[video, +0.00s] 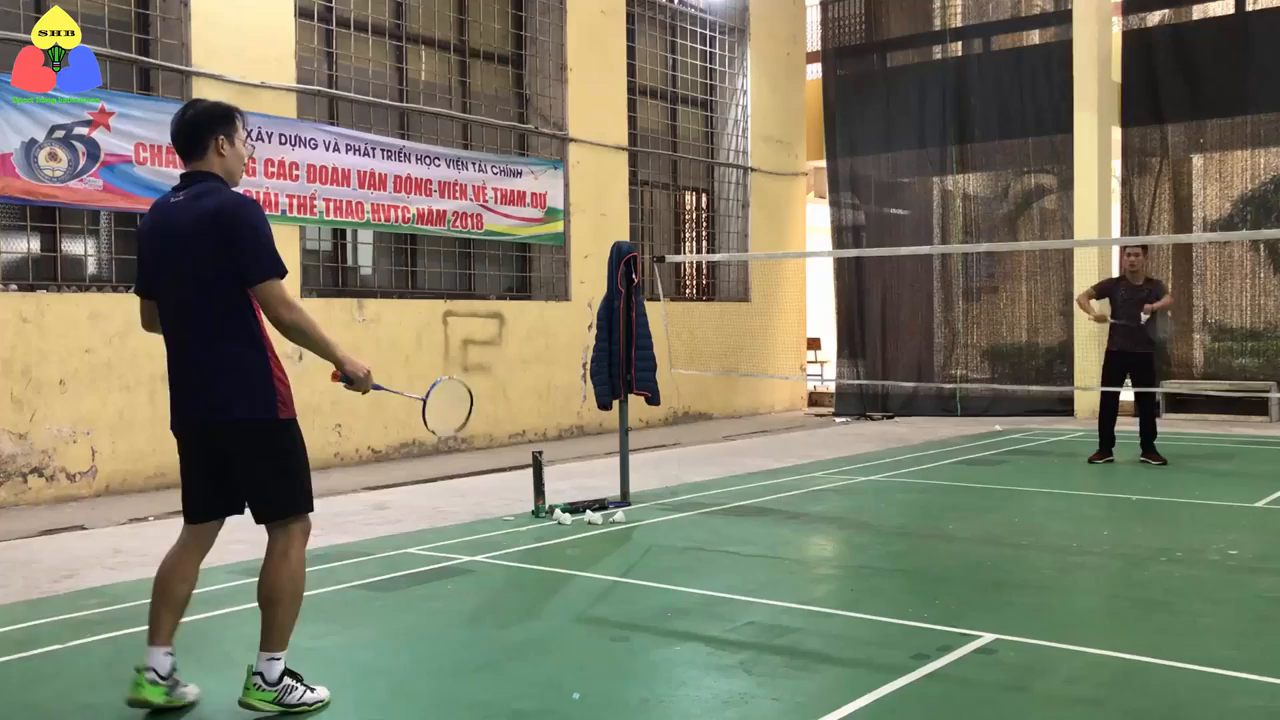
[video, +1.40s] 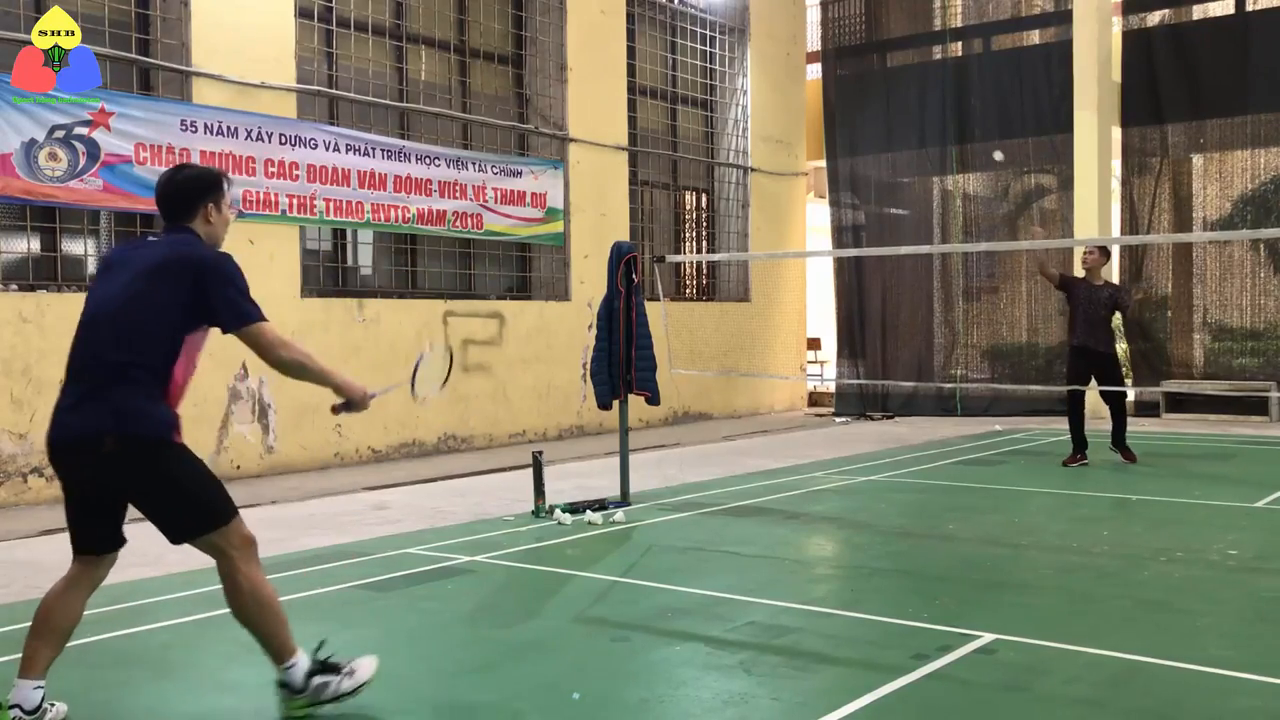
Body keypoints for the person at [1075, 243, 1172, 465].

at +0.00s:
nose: (1132, 259)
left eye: (1136, 255)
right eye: (1128, 255)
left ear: (1145, 259)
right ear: (1122, 259)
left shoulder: (1154, 286)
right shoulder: (1113, 284)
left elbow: (1169, 300)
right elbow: (1081, 298)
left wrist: (1154, 307)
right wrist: (1093, 314)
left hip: (1143, 352)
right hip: (1116, 351)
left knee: (1146, 402)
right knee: (1108, 401)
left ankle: (1148, 450)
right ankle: (1105, 449)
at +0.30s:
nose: (1114, 257)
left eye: (1119, 253)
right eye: (1110, 253)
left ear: (1130, 259)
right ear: (1105, 259)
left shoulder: (1140, 286)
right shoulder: (1097, 287)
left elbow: (1166, 302)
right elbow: (1076, 311)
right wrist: (1059, 327)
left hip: (1131, 353)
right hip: (1103, 354)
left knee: (1139, 399)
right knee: (1101, 402)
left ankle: (1141, 448)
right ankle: (1104, 449)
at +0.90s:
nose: (1110, 260)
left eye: (1115, 256)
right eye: (1107, 257)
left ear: (1125, 260)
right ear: (1103, 261)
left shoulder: (1136, 291)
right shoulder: (1095, 289)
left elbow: (1152, 315)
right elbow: (1073, 315)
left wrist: (1155, 309)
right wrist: (1075, 311)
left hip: (1125, 354)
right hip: (1099, 352)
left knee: (1124, 402)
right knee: (1087, 394)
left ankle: (1120, 448)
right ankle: (1090, 445)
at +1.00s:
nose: (1107, 261)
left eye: (1112, 257)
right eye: (1105, 257)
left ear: (1123, 260)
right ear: (1101, 261)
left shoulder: (1135, 291)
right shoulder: (1094, 289)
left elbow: (1151, 316)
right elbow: (1066, 308)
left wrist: (1154, 308)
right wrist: (1079, 294)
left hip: (1124, 356)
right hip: (1097, 354)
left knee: (1123, 405)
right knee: (1086, 400)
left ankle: (1119, 448)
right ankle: (1081, 449)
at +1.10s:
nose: (1104, 260)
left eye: (1109, 257)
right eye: (1102, 257)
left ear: (1121, 261)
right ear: (1099, 261)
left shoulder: (1131, 292)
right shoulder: (1090, 287)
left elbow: (1147, 320)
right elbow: (1061, 294)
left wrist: (1152, 309)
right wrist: (1073, 272)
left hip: (1121, 355)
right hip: (1094, 354)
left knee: (1122, 405)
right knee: (1086, 403)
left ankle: (1119, 448)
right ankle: (1080, 451)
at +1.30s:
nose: (1093, 259)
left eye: (1098, 255)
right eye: (1091, 256)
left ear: (1110, 261)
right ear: (1089, 261)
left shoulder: (1120, 292)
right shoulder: (1079, 286)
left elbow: (1135, 316)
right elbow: (1050, 276)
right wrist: (1060, 248)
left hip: (1110, 355)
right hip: (1083, 353)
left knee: (1117, 403)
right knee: (1077, 402)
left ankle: (1118, 446)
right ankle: (1079, 451)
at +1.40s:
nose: (1084, 256)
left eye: (1090, 253)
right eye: (1084, 253)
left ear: (1103, 260)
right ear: (1083, 260)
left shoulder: (1115, 290)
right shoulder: (1073, 284)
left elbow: (1132, 318)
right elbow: (1045, 270)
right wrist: (1039, 243)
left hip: (1105, 353)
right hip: (1078, 352)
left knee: (1118, 400)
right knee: (1075, 401)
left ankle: (1118, 442)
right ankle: (1079, 451)